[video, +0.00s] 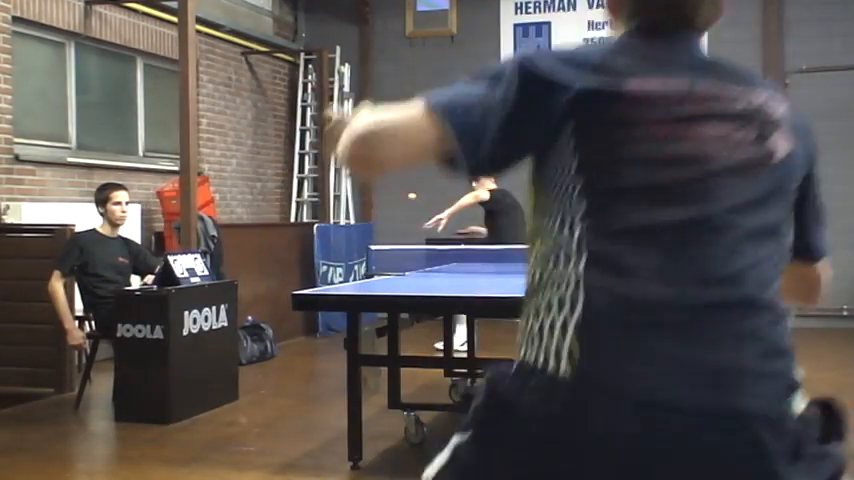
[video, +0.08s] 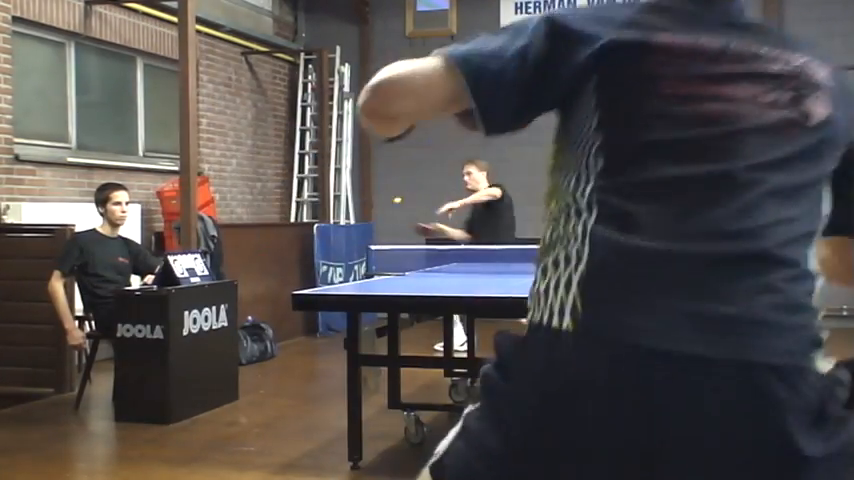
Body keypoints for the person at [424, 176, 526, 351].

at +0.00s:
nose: (474, 188)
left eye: (475, 183)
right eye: (473, 184)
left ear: (486, 181)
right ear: (493, 180)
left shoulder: (496, 196)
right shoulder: (508, 200)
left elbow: (474, 197)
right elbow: (507, 235)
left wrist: (447, 214)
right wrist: (482, 231)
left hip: (502, 262)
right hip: (514, 261)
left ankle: (460, 336)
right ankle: (463, 337)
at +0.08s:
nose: (465, 179)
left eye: (469, 174)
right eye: (464, 175)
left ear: (483, 175)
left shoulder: (497, 190)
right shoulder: (477, 204)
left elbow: (493, 194)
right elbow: (468, 236)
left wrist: (458, 203)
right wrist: (439, 229)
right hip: (479, 259)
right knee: (443, 280)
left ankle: (459, 336)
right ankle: (458, 335)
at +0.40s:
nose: (461, 179)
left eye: (465, 175)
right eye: (457, 175)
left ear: (472, 179)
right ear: (450, 178)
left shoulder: (482, 205)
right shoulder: (440, 199)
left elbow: (494, 233)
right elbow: (423, 203)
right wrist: (430, 176)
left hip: (472, 257)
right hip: (440, 256)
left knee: (491, 288)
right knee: (411, 288)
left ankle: (496, 337)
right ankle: (403, 335)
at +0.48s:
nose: (464, 180)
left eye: (468, 177)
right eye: (460, 176)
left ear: (475, 181)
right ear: (454, 180)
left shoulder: (481, 207)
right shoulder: (442, 201)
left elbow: (491, 235)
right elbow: (424, 217)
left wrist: (515, 244)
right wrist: (431, 194)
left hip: (472, 263)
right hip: (439, 261)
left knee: (500, 283)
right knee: (414, 291)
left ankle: (503, 331)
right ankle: (402, 333)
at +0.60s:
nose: (476, 177)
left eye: (481, 173)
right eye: (472, 173)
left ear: (487, 177)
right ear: (465, 176)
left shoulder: (495, 202)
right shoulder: (453, 201)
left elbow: (510, 229)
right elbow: (431, 228)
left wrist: (518, 245)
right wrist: (436, 216)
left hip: (486, 262)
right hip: (452, 261)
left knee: (508, 290)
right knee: (425, 294)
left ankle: (520, 334)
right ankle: (404, 333)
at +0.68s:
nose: (485, 173)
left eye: (489, 169)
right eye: (480, 170)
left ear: (496, 173)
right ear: (473, 173)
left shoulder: (507, 197)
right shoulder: (465, 198)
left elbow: (527, 223)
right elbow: (448, 226)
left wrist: (527, 243)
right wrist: (443, 229)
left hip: (499, 261)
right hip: (466, 261)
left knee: (521, 285)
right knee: (435, 291)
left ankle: (523, 333)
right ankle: (410, 333)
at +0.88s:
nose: (495, 168)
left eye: (499, 164)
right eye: (491, 164)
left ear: (506, 166)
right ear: (484, 168)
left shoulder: (520, 187)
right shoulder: (478, 194)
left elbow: (546, 210)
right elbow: (466, 223)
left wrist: (542, 235)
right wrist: (465, 240)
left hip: (522, 252)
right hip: (490, 254)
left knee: (533, 284)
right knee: (467, 279)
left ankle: (538, 325)